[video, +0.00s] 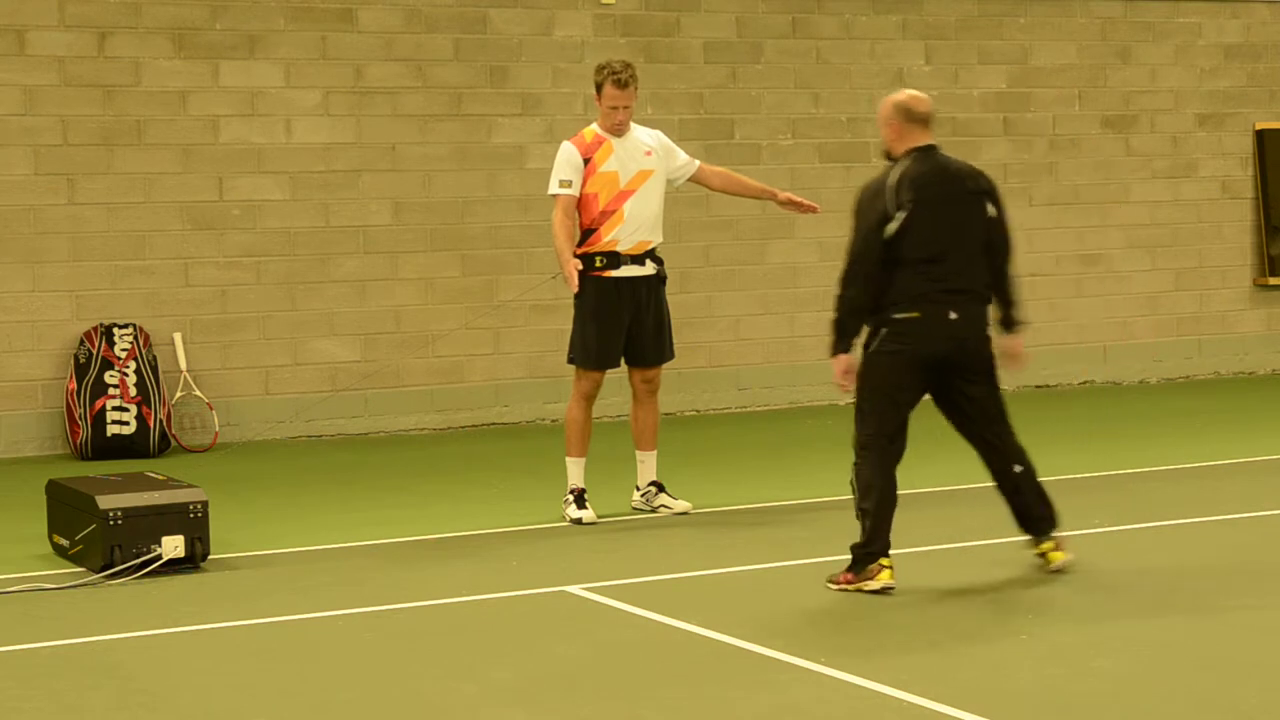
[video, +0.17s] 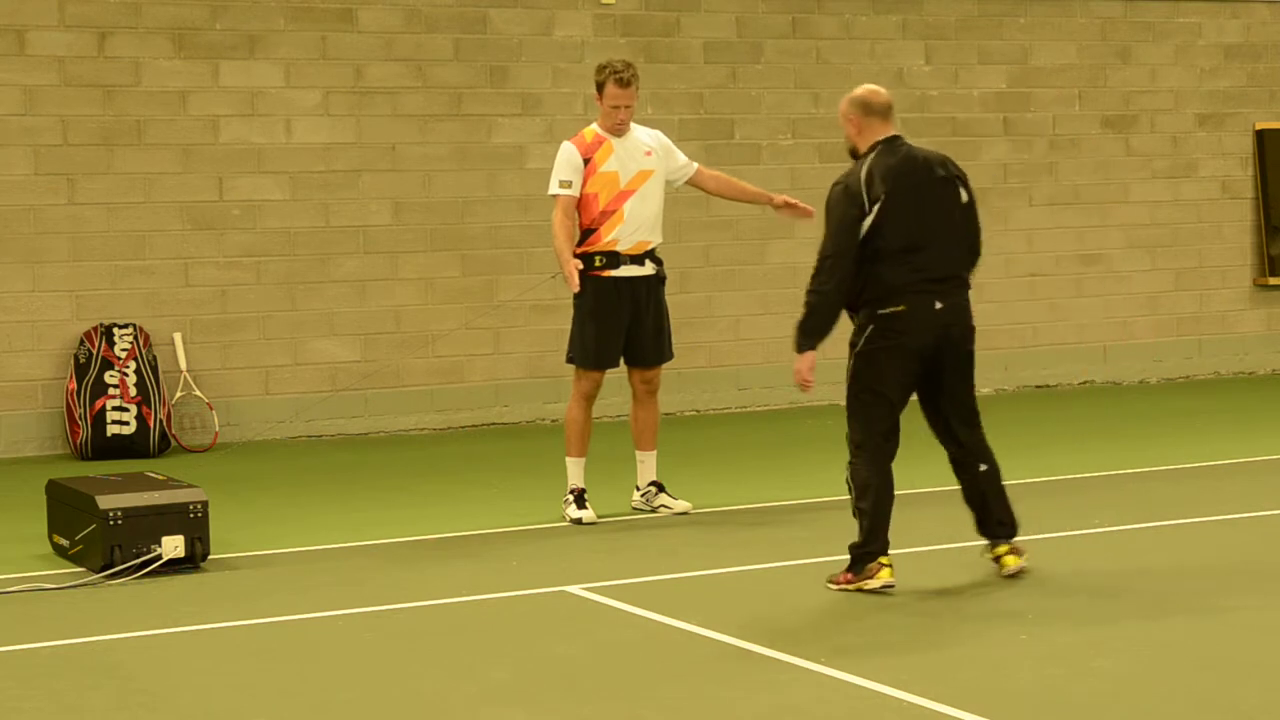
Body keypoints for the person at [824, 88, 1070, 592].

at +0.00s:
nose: (882, 136)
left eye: (883, 127)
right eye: (883, 126)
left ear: (894, 128)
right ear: (928, 125)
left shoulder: (883, 190)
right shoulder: (977, 182)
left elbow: (862, 271)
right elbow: (998, 256)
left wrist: (843, 344)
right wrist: (1009, 321)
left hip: (900, 337)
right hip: (966, 335)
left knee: (875, 447)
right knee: (996, 437)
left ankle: (871, 561)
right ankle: (1046, 537)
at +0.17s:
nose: (845, 135)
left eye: (845, 127)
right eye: (845, 126)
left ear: (854, 125)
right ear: (891, 118)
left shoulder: (854, 185)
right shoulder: (944, 167)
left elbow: (835, 266)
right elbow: (970, 244)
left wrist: (807, 342)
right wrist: (942, 285)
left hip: (888, 326)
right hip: (951, 317)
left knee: (870, 442)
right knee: (963, 430)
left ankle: (871, 560)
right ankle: (1004, 542)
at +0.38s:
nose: (830, 135)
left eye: (829, 126)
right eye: (830, 126)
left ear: (840, 124)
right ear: (876, 117)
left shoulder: (844, 185)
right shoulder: (934, 165)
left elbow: (824, 266)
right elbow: (951, 241)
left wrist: (791, 339)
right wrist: (921, 290)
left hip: (883, 325)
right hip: (946, 316)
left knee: (871, 445)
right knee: (945, 432)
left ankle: (871, 562)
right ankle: (972, 548)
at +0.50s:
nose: (838, 133)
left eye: (838, 124)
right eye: (838, 124)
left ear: (849, 121)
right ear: (886, 116)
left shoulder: (850, 184)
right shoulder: (939, 167)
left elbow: (832, 267)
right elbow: (953, 246)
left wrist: (803, 339)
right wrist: (931, 301)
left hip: (886, 329)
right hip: (947, 321)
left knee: (877, 449)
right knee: (946, 437)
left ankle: (872, 564)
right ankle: (970, 550)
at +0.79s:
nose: (848, 129)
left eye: (848, 121)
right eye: (850, 120)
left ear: (858, 120)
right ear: (896, 117)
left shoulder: (856, 180)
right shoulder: (944, 172)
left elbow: (849, 263)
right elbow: (964, 253)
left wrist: (835, 334)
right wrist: (971, 320)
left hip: (885, 331)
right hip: (942, 326)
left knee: (854, 440)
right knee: (947, 440)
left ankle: (866, 556)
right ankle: (971, 551)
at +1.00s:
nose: (815, 136)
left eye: (816, 127)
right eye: (816, 126)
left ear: (829, 126)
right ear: (861, 124)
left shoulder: (831, 183)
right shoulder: (909, 176)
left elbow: (823, 265)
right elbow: (935, 257)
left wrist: (796, 336)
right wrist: (940, 324)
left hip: (860, 330)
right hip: (917, 324)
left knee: (807, 432)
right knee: (931, 437)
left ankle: (799, 556)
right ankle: (967, 549)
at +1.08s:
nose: (792, 141)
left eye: (794, 132)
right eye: (794, 132)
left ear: (805, 133)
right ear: (837, 129)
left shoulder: (811, 191)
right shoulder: (883, 181)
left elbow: (808, 274)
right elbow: (909, 263)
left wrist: (783, 347)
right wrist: (908, 323)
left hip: (845, 337)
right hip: (898, 330)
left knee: (789, 436)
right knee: (920, 438)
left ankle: (762, 555)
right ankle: (964, 546)